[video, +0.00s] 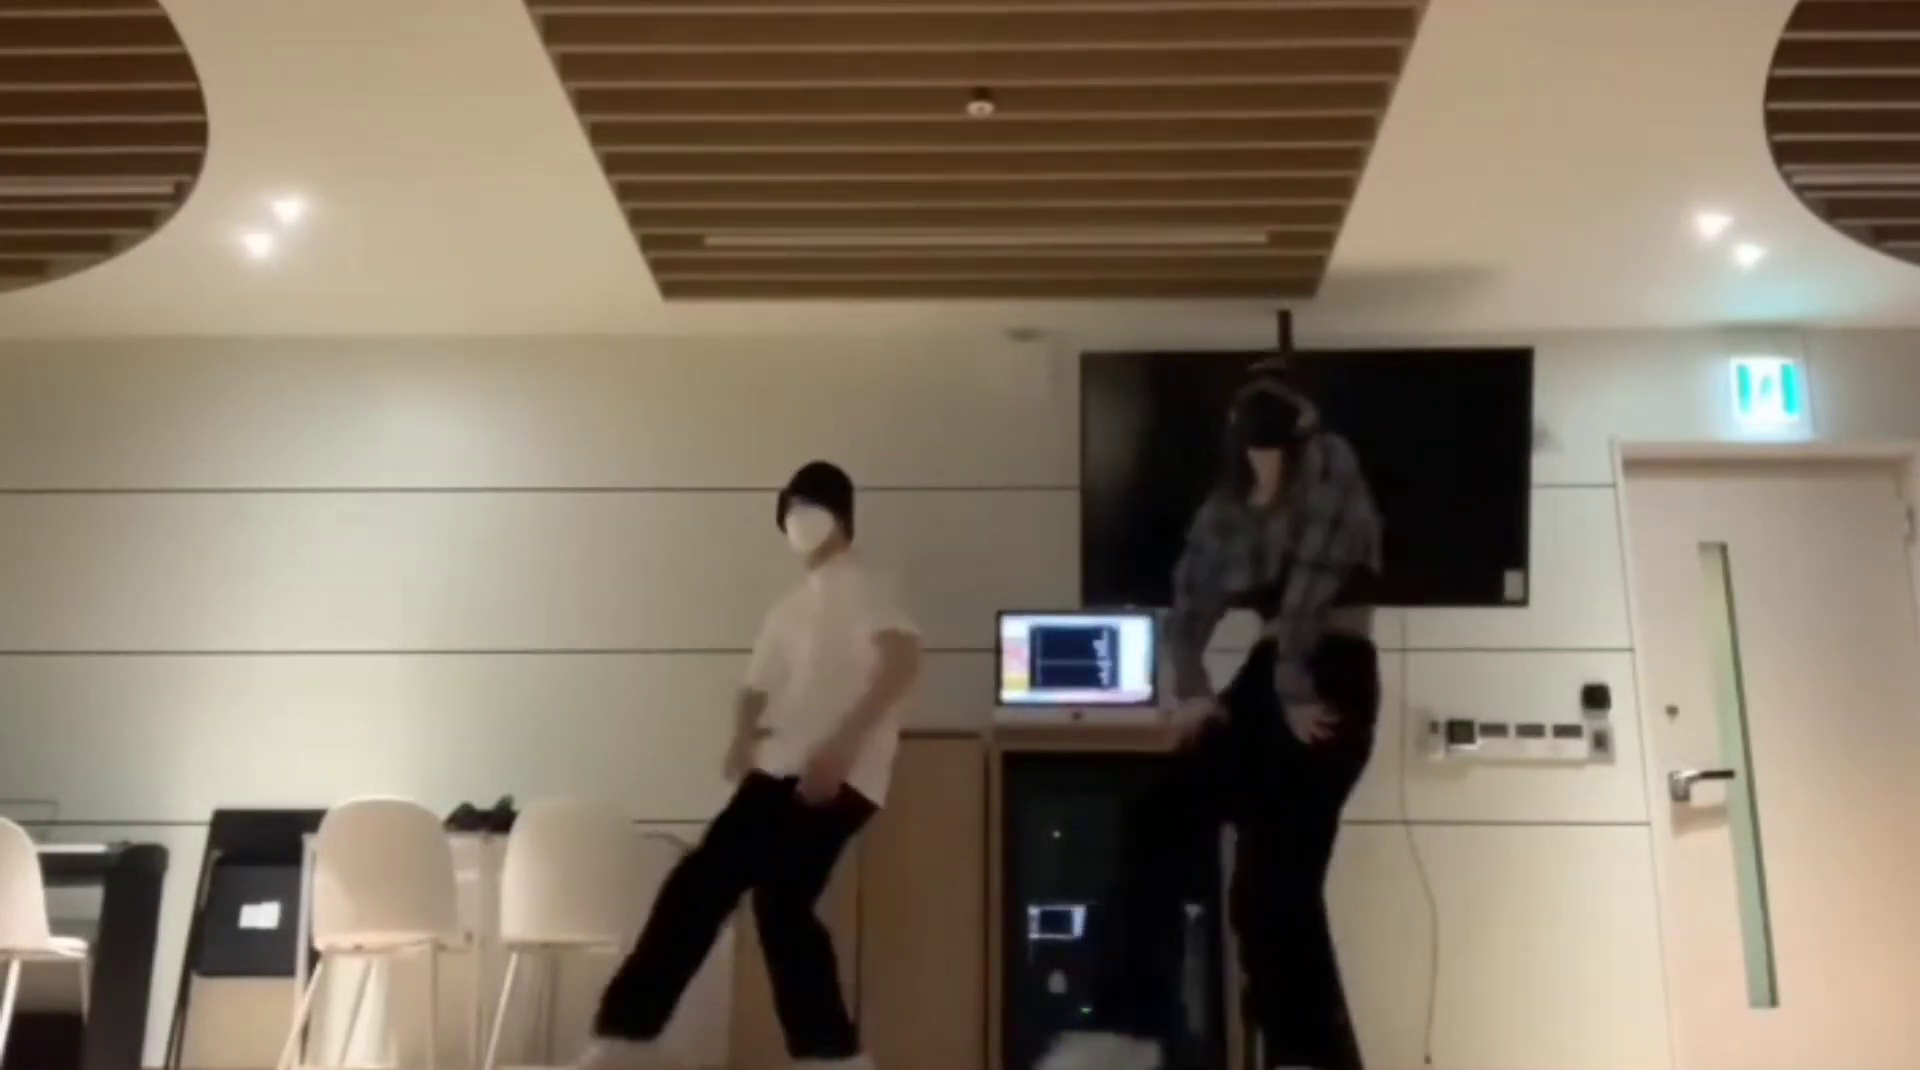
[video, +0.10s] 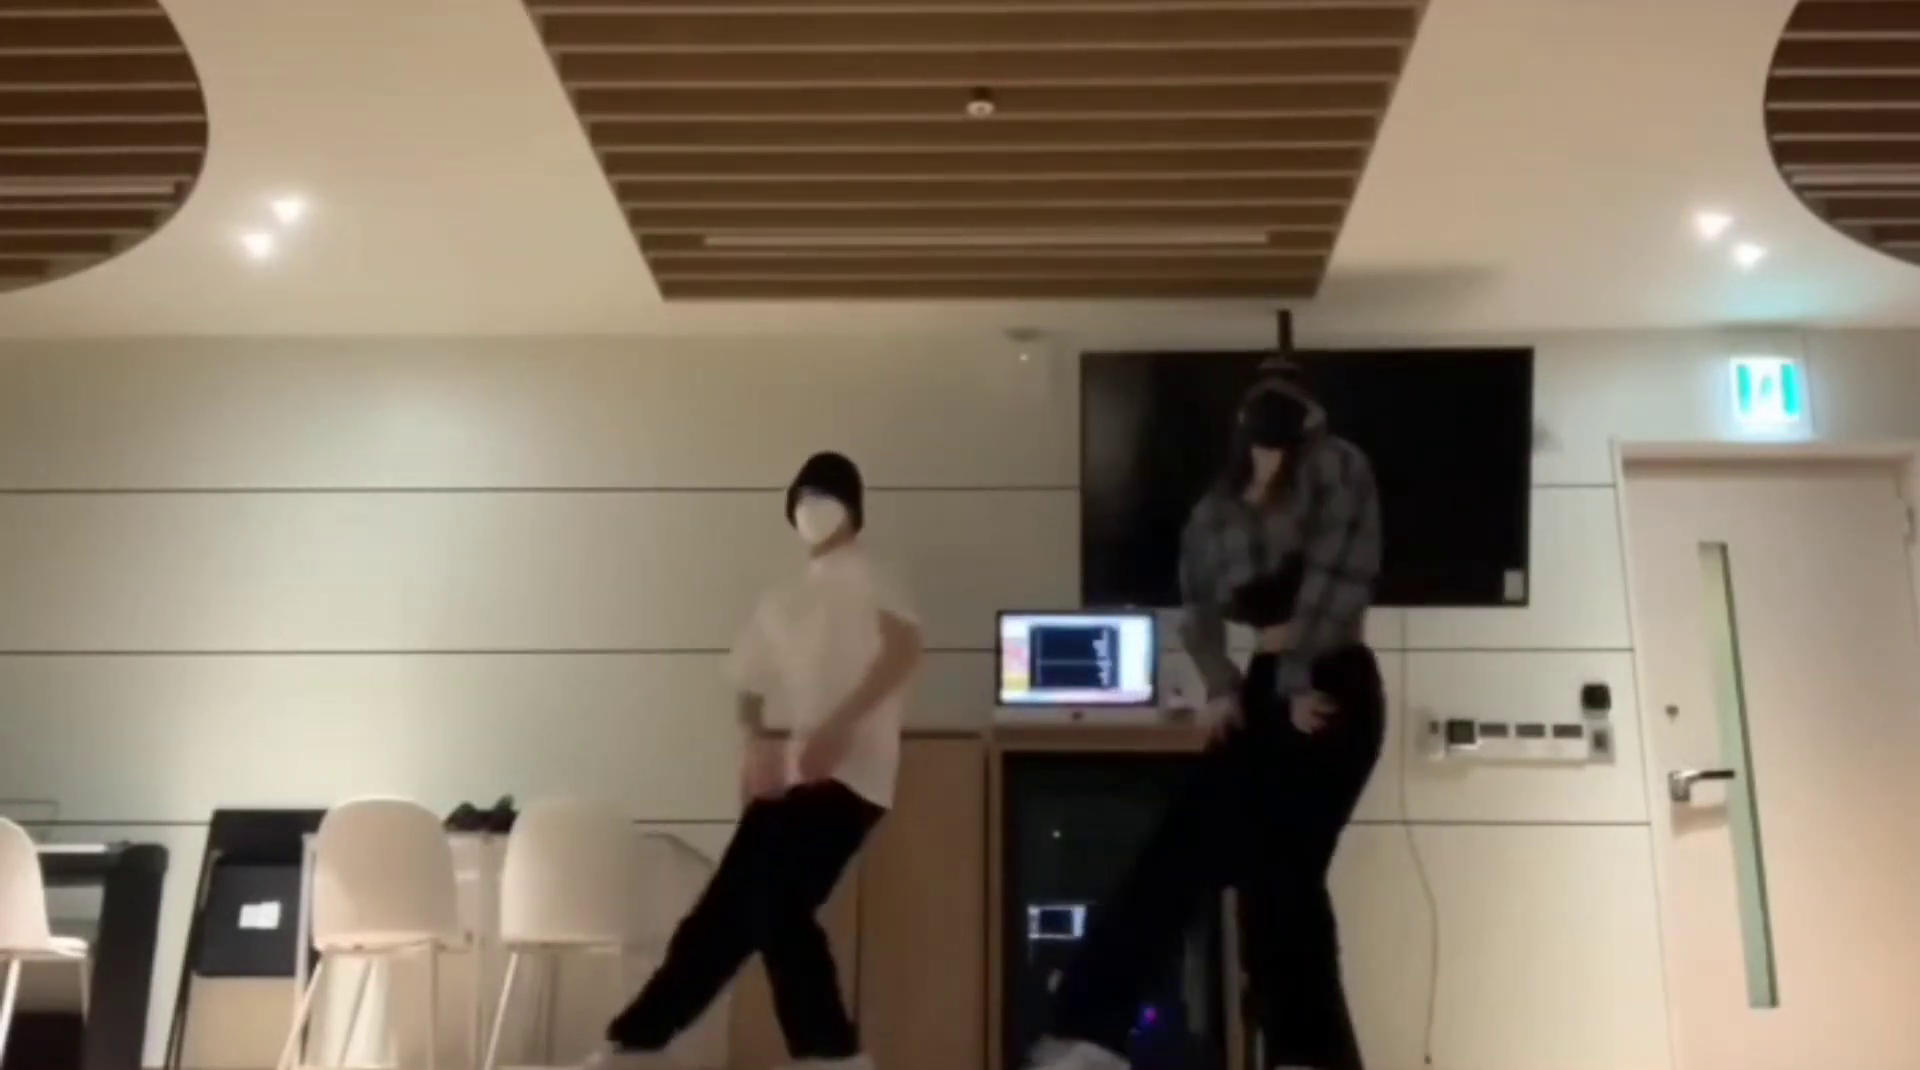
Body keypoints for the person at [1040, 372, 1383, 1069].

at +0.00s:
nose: (1265, 448)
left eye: (1277, 432)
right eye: (1252, 435)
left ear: (1302, 432)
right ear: (1239, 441)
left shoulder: (1331, 472)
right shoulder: (1225, 510)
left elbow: (1322, 573)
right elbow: (1186, 609)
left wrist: (1295, 682)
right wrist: (1189, 691)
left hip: (1329, 670)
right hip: (1260, 673)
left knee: (1276, 885)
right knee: (1160, 815)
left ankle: (1308, 1053)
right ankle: (1131, 1019)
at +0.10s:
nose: (1272, 417)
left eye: (1286, 405)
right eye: (1260, 404)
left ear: (1309, 415)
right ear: (1240, 418)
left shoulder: (1337, 468)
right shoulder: (1216, 506)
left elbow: (1349, 572)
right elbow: (1199, 614)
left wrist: (1306, 676)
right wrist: (1221, 685)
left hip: (1333, 687)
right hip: (1254, 697)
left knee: (1286, 875)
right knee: (1177, 854)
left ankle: (1308, 1054)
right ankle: (1087, 1034)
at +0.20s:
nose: (1282, 401)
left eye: (1297, 390)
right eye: (1270, 389)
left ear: (1322, 405)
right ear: (1251, 404)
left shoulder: (1350, 468)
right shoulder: (1223, 480)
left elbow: (1394, 561)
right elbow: (1210, 587)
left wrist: (1329, 628)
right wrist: (1226, 671)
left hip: (1335, 689)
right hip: (1259, 692)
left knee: (1295, 891)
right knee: (1210, 864)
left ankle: (1310, 1053)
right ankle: (1139, 1035)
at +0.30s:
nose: (1281, 393)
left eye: (1297, 381)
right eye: (1269, 380)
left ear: (1323, 396)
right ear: (1251, 393)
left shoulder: (1353, 468)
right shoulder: (1227, 473)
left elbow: (1400, 559)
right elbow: (1209, 577)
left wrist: (1327, 618)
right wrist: (1224, 666)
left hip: (1332, 683)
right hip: (1257, 689)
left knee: (1300, 886)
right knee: (1210, 858)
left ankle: (1309, 1052)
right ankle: (1148, 1033)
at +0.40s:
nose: (1281, 390)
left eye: (1297, 378)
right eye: (1269, 378)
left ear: (1324, 392)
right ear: (1254, 392)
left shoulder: (1356, 473)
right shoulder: (1235, 473)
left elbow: (1409, 556)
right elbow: (1206, 565)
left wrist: (1307, 574)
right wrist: (1205, 645)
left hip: (1325, 679)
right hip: (1242, 681)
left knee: (1316, 859)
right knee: (1193, 835)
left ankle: (1319, 1044)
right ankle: (1246, 1011)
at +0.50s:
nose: (1279, 404)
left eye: (1293, 390)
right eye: (1270, 390)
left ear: (1320, 401)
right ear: (1255, 401)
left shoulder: (1356, 482)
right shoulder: (1233, 477)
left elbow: (1404, 565)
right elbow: (1201, 572)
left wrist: (1309, 572)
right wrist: (1202, 650)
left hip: (1326, 676)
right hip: (1242, 679)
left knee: (1319, 863)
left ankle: (1322, 1038)